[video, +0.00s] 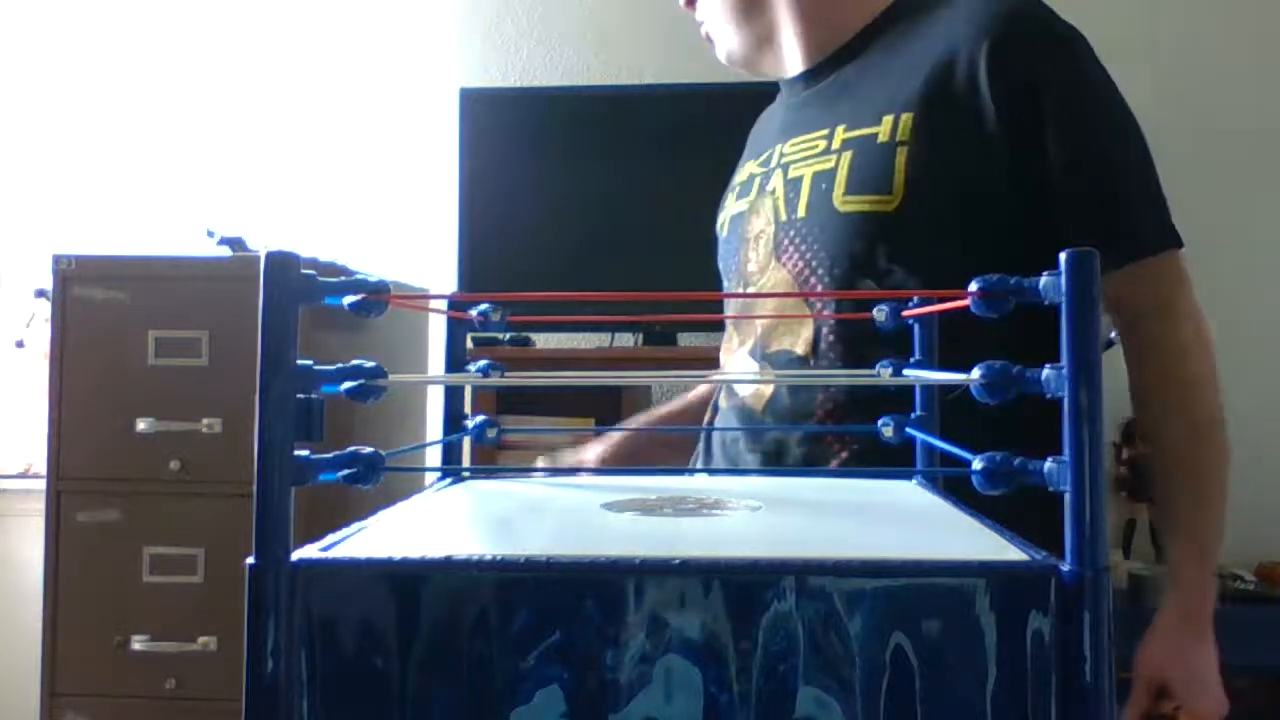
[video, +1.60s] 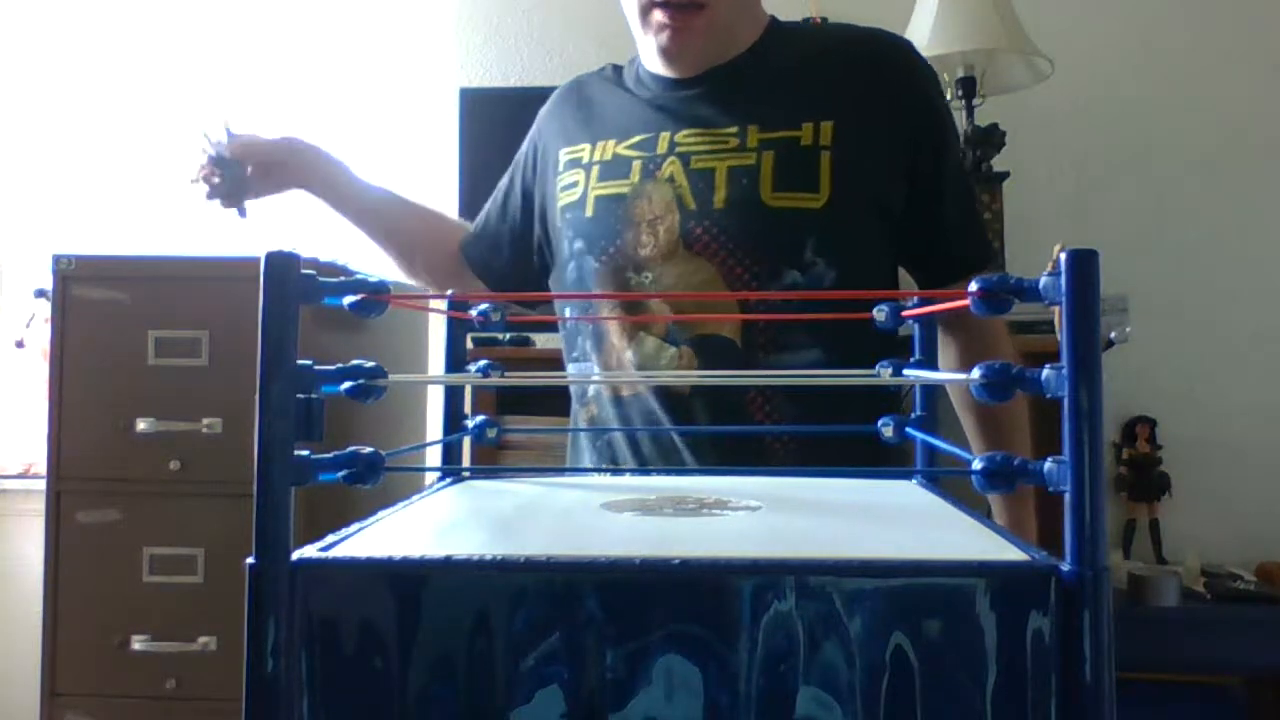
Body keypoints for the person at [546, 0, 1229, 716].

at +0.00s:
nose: (680, 6)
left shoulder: (1000, 44)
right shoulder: (767, 126)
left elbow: (1162, 323)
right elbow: (777, 367)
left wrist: (1187, 609)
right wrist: (631, 441)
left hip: (969, 606)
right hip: (769, 600)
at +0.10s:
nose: (674, 7)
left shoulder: (990, 44)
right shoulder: (752, 125)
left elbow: (1145, 321)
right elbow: (756, 354)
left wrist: (1177, 599)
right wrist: (566, 374)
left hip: (962, 605)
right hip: (752, 603)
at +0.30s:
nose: (650, 3)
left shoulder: (966, 50)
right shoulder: (708, 125)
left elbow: (1115, 318)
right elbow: (653, 313)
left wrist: (1167, 581)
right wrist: (463, 248)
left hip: (935, 598)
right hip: (720, 596)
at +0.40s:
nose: (652, 3)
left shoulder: (939, 55)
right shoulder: (668, 130)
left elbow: (1091, 310)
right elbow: (562, 264)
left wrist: (1144, 562)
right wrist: (394, 211)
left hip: (916, 585)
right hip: (695, 585)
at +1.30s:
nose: (651, 2)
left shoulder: (873, 83)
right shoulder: (561, 123)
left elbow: (965, 319)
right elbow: (450, 251)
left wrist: (1020, 510)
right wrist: (301, 224)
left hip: (832, 532)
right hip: (613, 535)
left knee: (833, 703)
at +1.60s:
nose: (660, 7)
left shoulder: (876, 77)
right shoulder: (565, 121)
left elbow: (964, 313)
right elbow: (477, 273)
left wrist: (1017, 506)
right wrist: (313, 172)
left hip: (836, 533)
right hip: (614, 538)